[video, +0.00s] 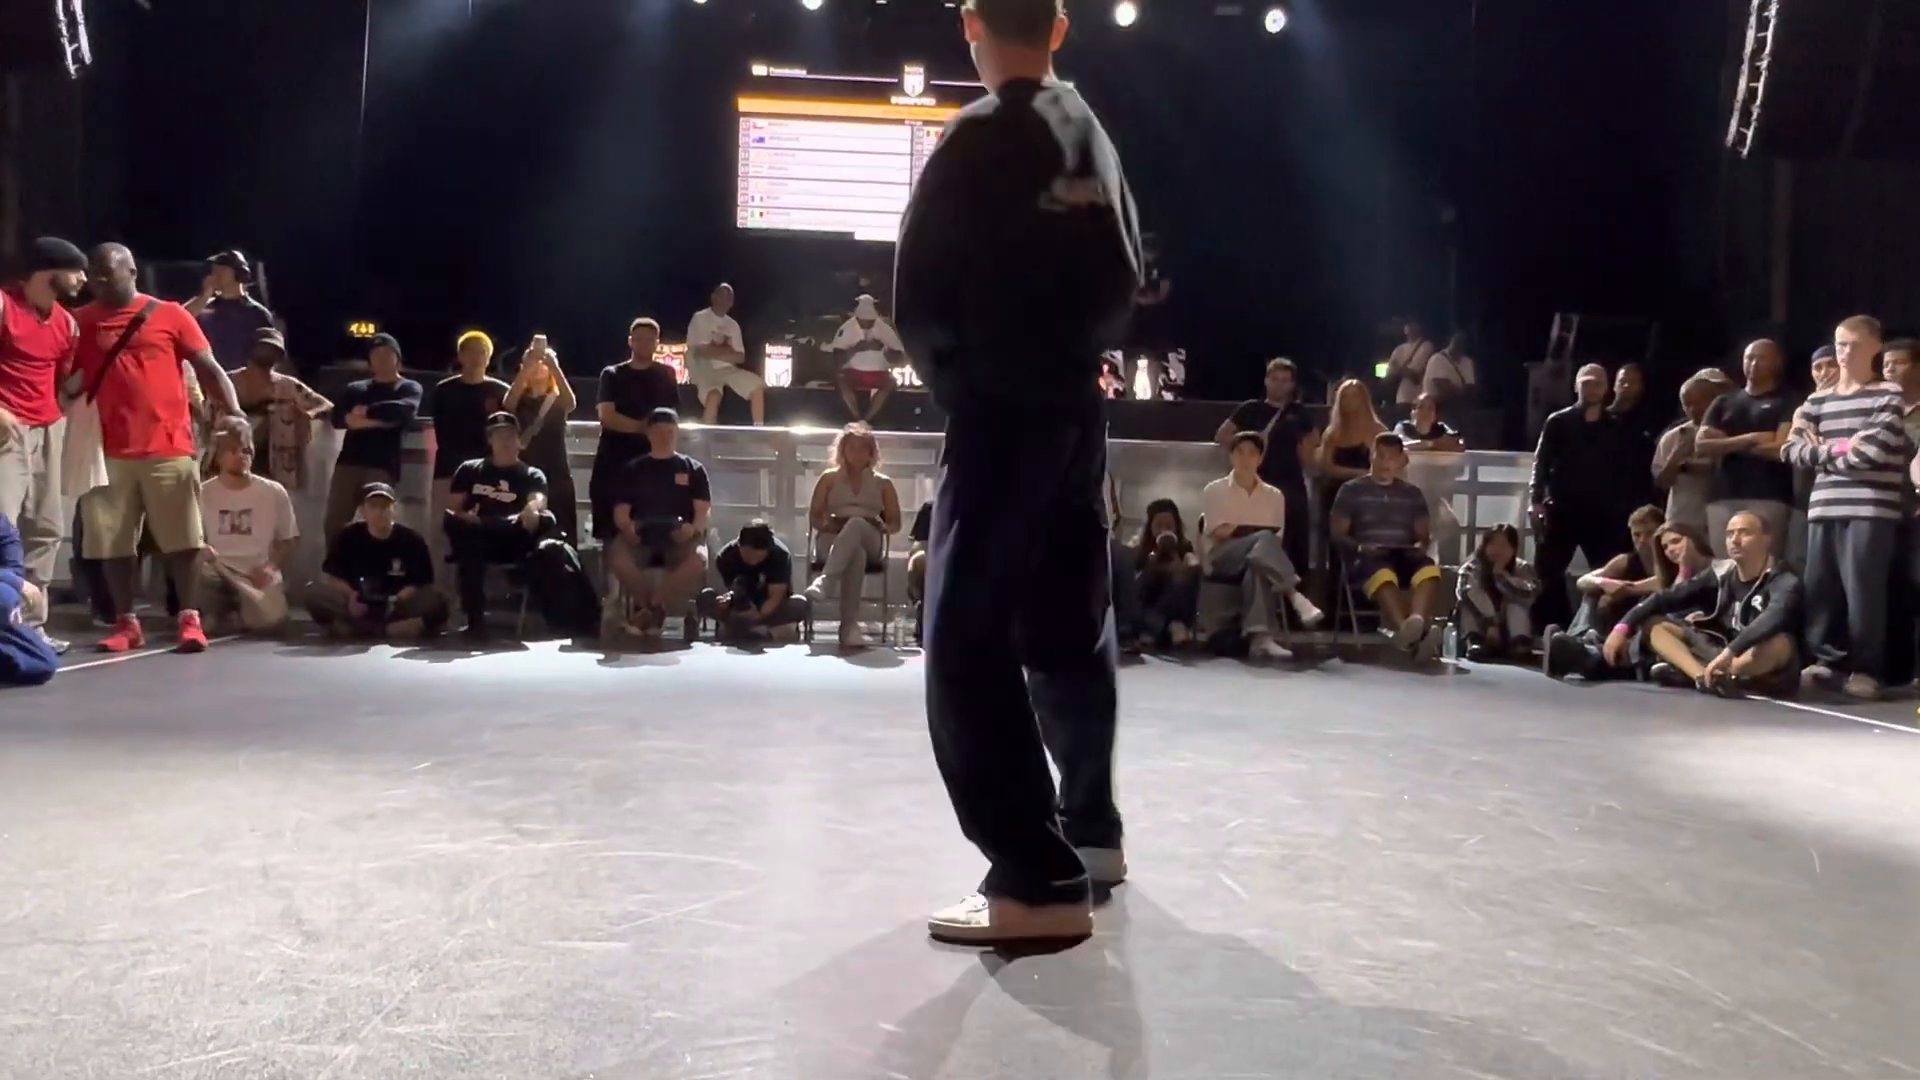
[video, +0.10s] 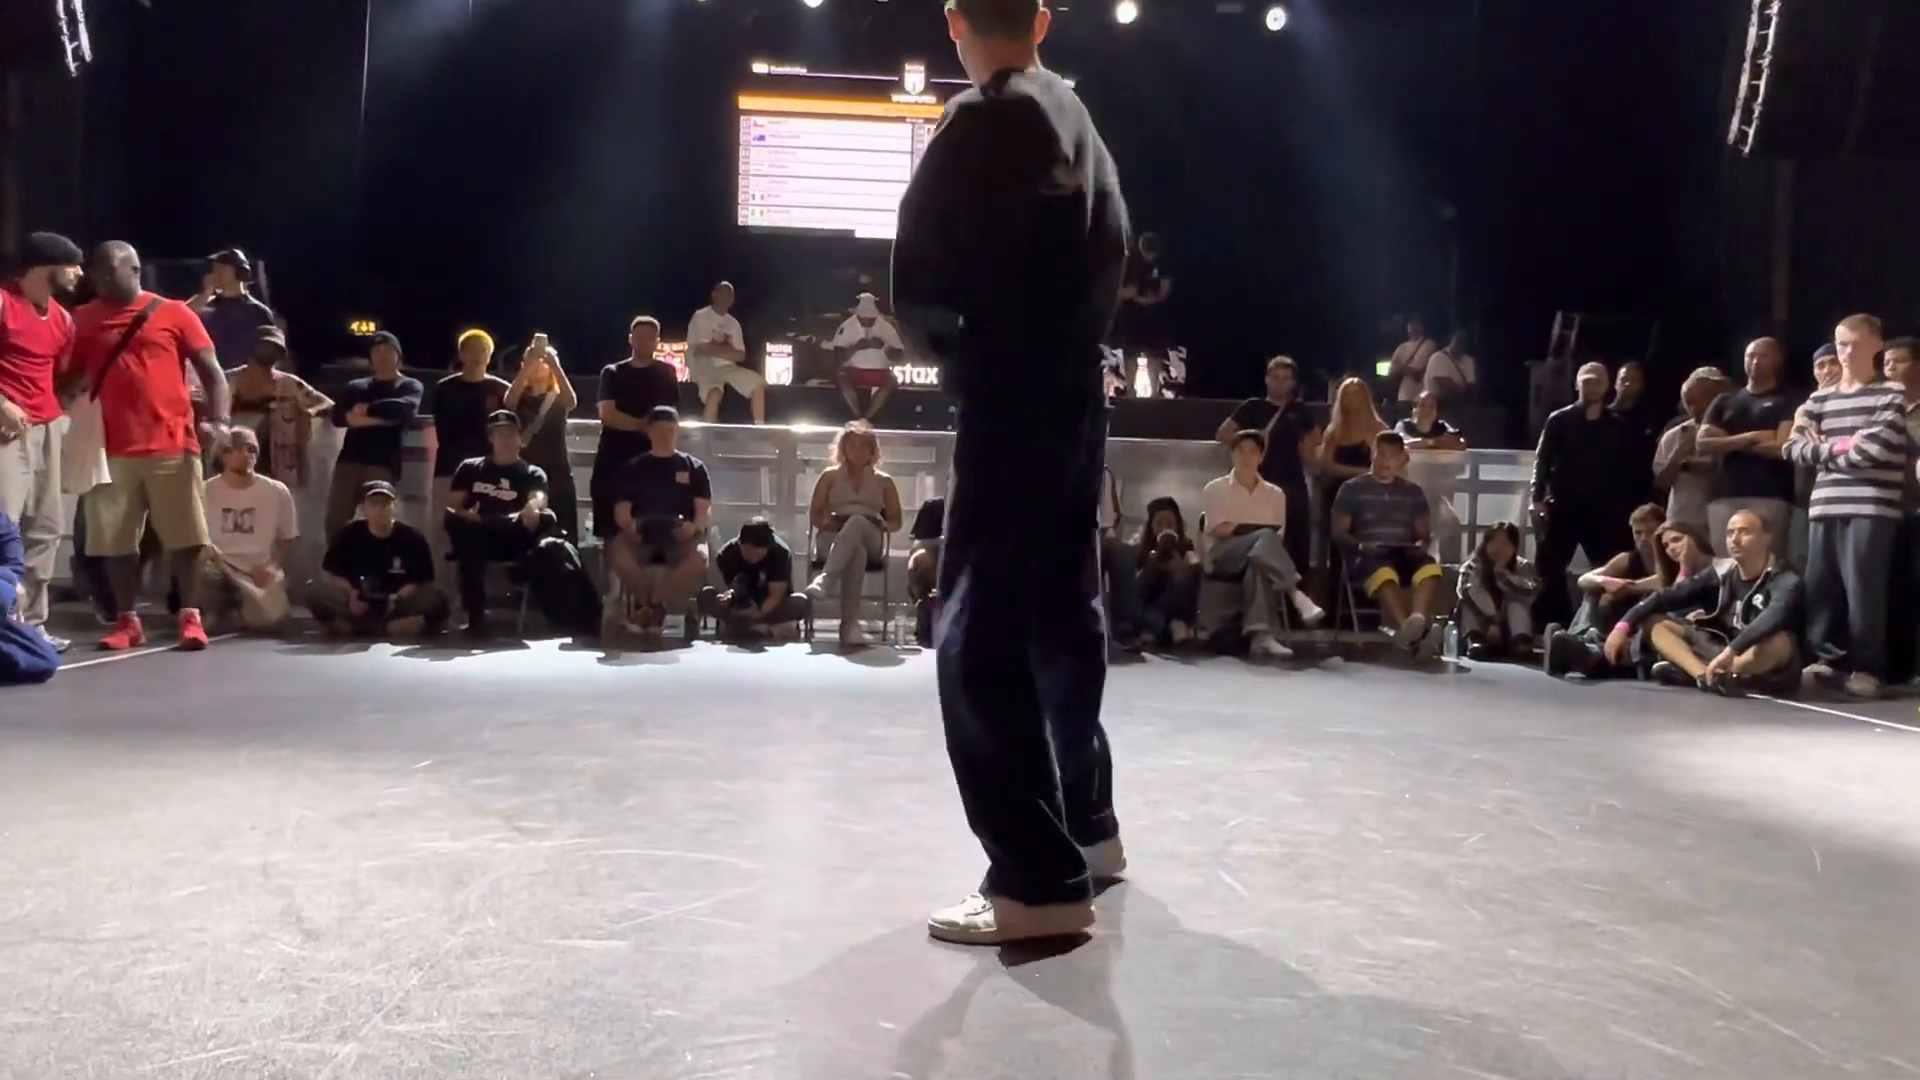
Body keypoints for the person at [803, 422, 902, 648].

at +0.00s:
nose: (857, 453)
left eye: (863, 448)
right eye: (852, 447)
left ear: (872, 453)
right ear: (842, 450)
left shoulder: (883, 484)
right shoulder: (829, 479)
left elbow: (895, 524)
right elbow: (815, 518)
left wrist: (877, 526)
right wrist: (835, 527)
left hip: (871, 544)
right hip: (831, 542)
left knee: (856, 524)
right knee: (857, 553)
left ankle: (824, 582)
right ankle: (849, 627)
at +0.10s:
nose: (858, 451)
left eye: (864, 446)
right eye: (853, 445)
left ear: (873, 451)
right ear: (843, 449)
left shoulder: (884, 482)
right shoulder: (830, 477)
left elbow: (895, 523)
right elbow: (816, 516)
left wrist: (877, 523)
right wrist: (835, 526)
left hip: (871, 542)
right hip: (832, 540)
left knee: (856, 522)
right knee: (857, 552)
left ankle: (824, 580)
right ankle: (849, 625)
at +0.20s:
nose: (860, 451)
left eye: (866, 446)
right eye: (855, 446)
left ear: (875, 451)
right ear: (845, 449)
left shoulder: (886, 483)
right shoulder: (832, 477)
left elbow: (898, 522)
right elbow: (818, 516)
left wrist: (883, 525)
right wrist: (837, 526)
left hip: (873, 543)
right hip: (834, 540)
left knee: (858, 522)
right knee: (859, 551)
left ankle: (826, 581)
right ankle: (852, 626)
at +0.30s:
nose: (861, 452)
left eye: (867, 447)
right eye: (856, 446)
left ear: (876, 452)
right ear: (847, 449)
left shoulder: (887, 483)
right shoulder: (833, 477)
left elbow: (899, 522)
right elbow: (819, 517)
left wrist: (881, 524)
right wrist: (841, 525)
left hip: (875, 542)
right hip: (835, 540)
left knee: (860, 522)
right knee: (860, 551)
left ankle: (827, 581)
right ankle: (853, 625)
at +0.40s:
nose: (862, 452)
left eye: (868, 447)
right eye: (857, 446)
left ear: (877, 451)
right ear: (848, 449)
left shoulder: (888, 483)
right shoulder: (834, 477)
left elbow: (900, 522)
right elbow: (820, 518)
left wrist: (882, 524)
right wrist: (842, 525)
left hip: (876, 543)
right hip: (836, 540)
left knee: (861, 522)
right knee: (861, 551)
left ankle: (828, 581)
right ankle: (854, 626)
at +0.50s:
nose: (864, 452)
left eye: (870, 447)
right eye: (859, 447)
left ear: (879, 452)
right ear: (849, 450)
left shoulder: (890, 484)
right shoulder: (836, 478)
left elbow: (899, 526)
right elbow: (822, 518)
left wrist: (880, 522)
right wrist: (843, 524)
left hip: (878, 543)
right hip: (838, 540)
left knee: (862, 523)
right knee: (863, 552)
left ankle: (830, 580)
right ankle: (855, 625)